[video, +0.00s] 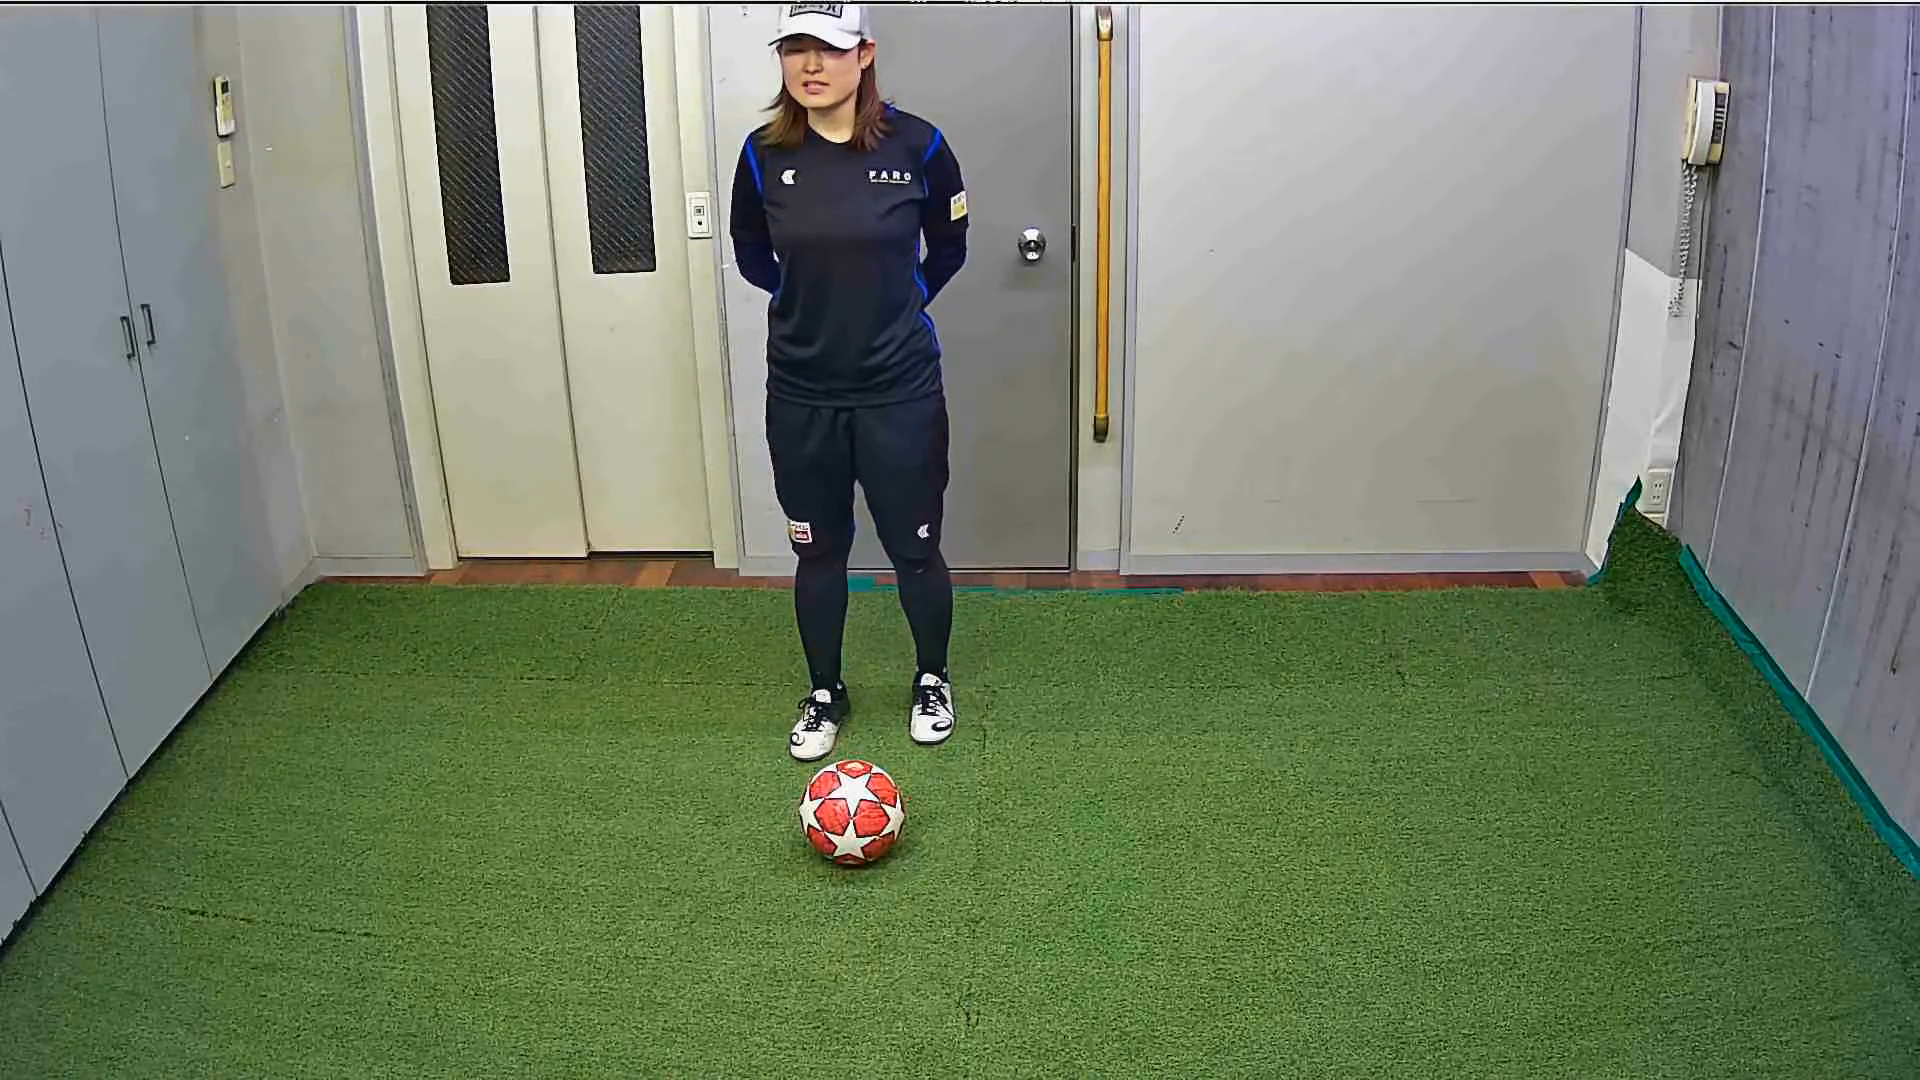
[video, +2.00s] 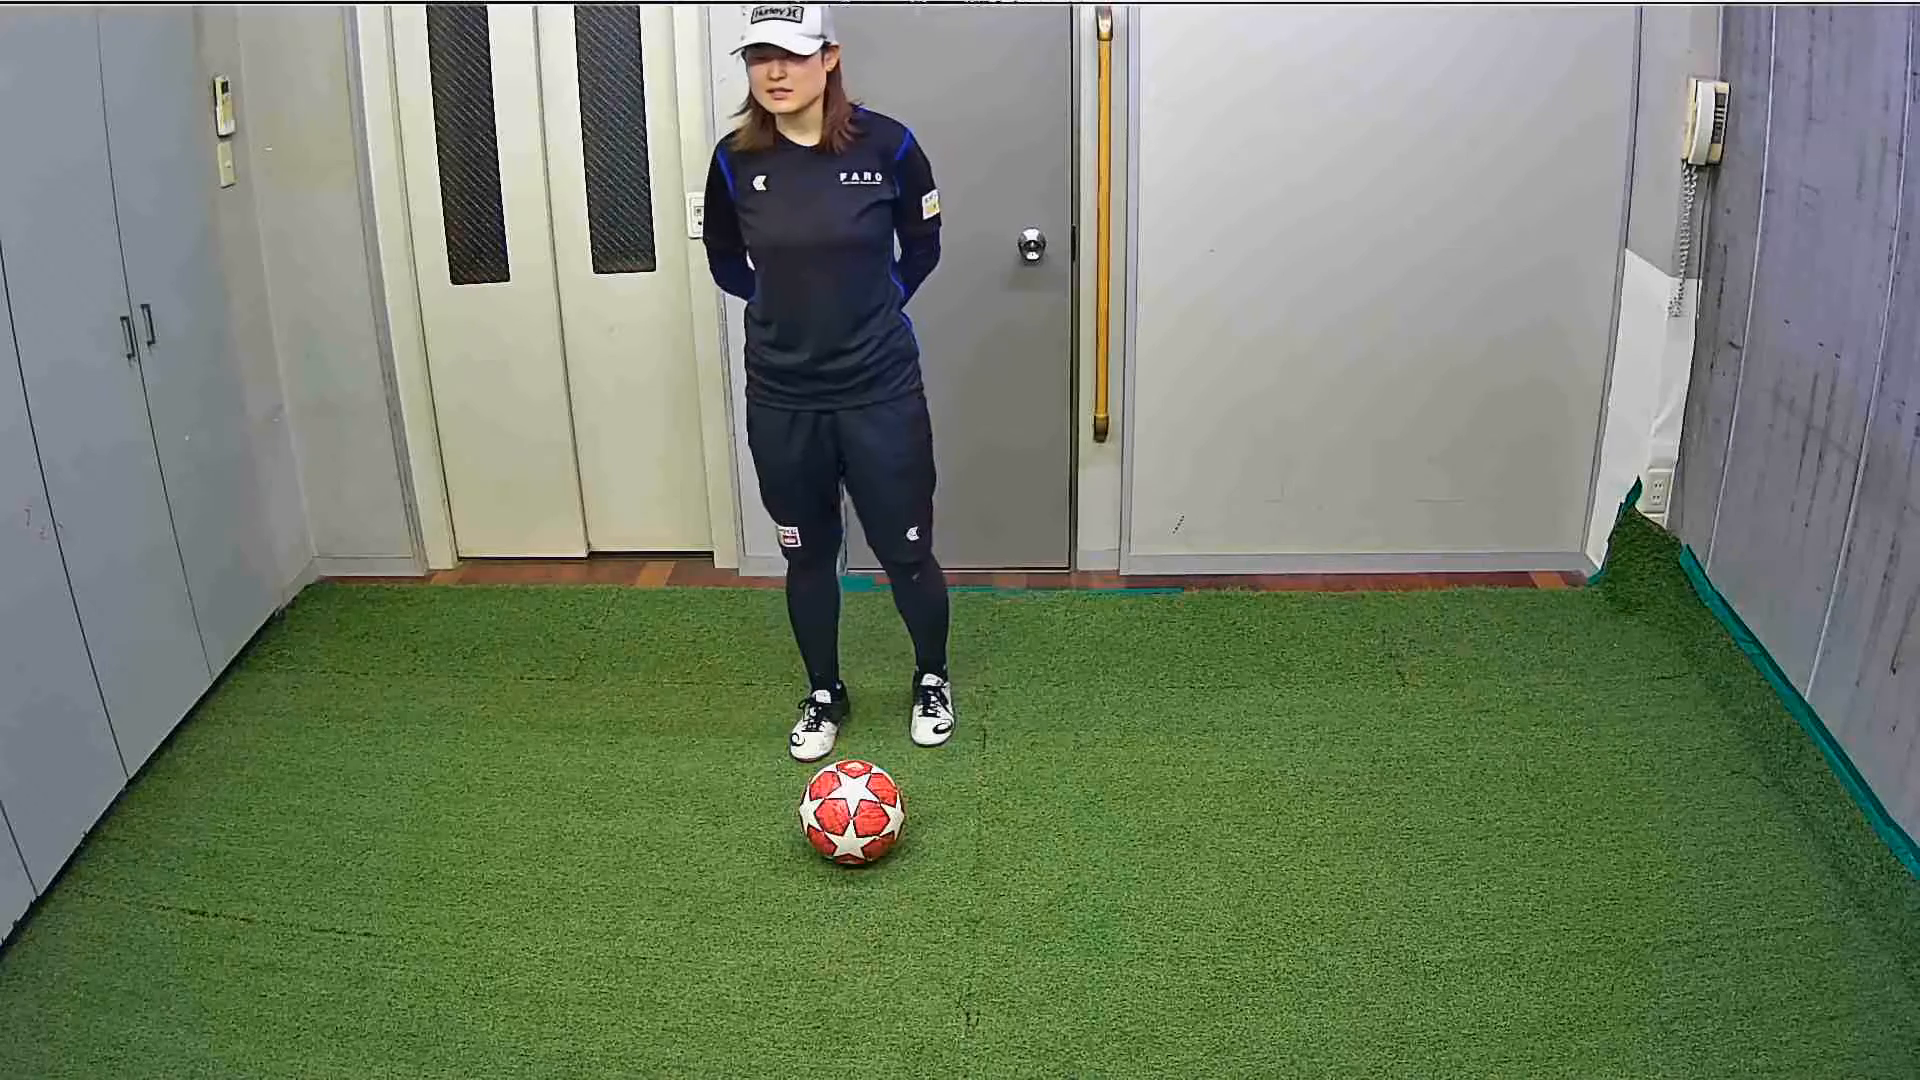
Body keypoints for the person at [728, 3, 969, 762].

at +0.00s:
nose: (810, 64)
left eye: (827, 49)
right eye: (797, 51)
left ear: (864, 56)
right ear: (782, 64)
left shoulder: (918, 146)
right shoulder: (762, 155)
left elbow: (950, 248)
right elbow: (750, 253)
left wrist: (895, 303)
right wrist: (810, 291)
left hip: (899, 386)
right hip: (801, 388)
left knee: (916, 550)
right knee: (815, 549)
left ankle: (930, 681)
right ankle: (825, 694)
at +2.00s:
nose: (775, 73)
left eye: (792, 56)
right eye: (761, 58)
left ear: (829, 61)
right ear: (748, 68)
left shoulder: (890, 146)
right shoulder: (733, 160)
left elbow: (924, 248)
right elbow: (724, 260)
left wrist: (868, 304)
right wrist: (784, 297)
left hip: (880, 388)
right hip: (781, 395)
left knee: (906, 550)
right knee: (805, 550)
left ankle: (932, 682)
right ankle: (823, 695)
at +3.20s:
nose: (839, 62)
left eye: (855, 47)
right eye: (826, 49)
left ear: (891, 55)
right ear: (811, 64)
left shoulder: (947, 141)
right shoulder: (797, 151)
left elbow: (965, 245)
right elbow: (787, 258)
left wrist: (919, 301)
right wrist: (851, 289)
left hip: (928, 379)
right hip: (832, 382)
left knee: (940, 534)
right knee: (830, 540)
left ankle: (955, 658)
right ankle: (825, 694)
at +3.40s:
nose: (874, 60)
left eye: (891, 47)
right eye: (862, 48)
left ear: (927, 57)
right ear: (848, 60)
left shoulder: (980, 144)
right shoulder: (830, 147)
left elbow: (1017, 232)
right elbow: (810, 242)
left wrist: (1026, 329)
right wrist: (863, 285)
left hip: (952, 372)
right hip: (859, 373)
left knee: (954, 528)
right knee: (844, 533)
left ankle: (956, 662)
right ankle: (826, 694)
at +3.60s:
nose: (909, 62)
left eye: (925, 49)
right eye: (896, 48)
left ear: (957, 57)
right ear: (878, 59)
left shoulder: (1004, 138)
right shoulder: (855, 140)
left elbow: (1042, 257)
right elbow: (834, 238)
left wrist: (1024, 240)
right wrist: (886, 278)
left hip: (969, 363)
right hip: (875, 363)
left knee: (966, 522)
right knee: (856, 524)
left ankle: (957, 660)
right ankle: (840, 687)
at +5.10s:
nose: (914, 63)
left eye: (931, 50)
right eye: (903, 48)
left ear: (967, 55)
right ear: (888, 57)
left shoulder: (1016, 140)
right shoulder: (865, 136)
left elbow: (1035, 248)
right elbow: (859, 236)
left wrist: (1043, 352)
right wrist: (906, 287)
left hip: (975, 358)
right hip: (882, 355)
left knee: (970, 517)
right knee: (867, 512)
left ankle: (958, 657)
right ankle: (866, 662)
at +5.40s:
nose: (891, 67)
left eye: (908, 54)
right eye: (881, 53)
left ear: (945, 57)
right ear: (868, 59)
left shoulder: (996, 138)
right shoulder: (844, 139)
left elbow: (1019, 255)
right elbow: (823, 240)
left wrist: (1020, 363)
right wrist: (815, 343)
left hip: (962, 365)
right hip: (866, 362)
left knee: (960, 523)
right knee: (869, 521)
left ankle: (958, 660)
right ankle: (886, 654)